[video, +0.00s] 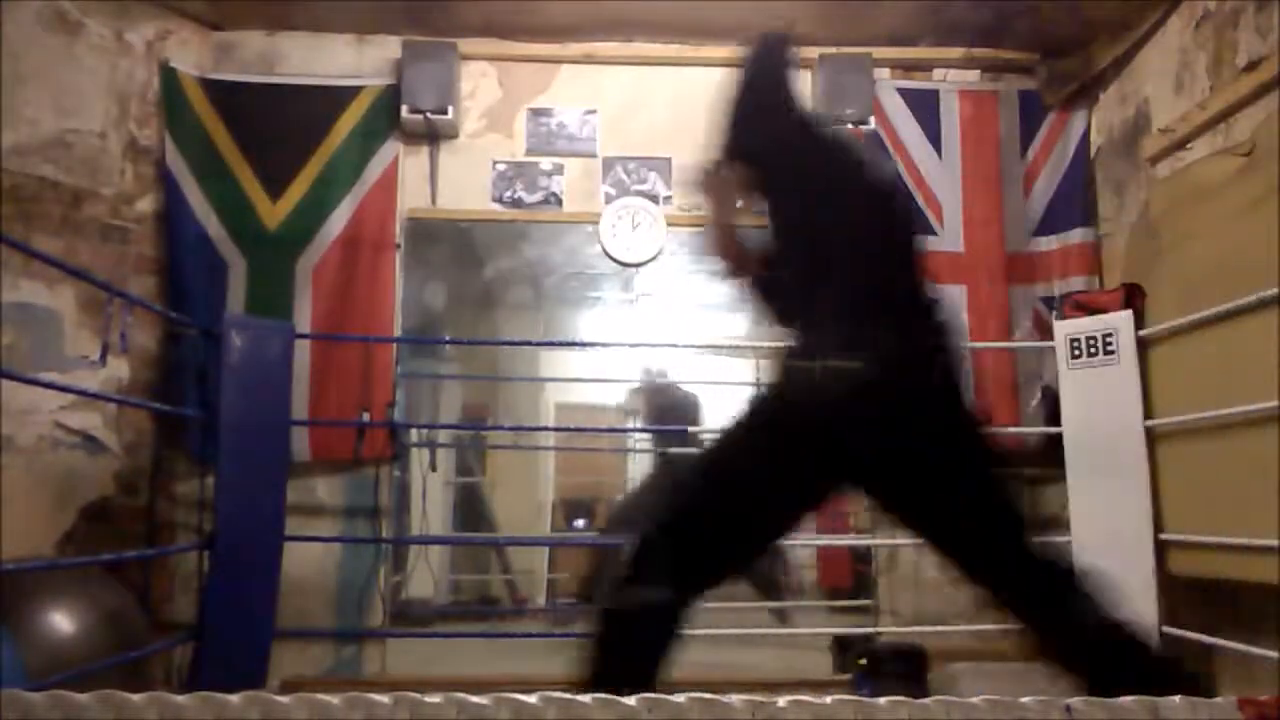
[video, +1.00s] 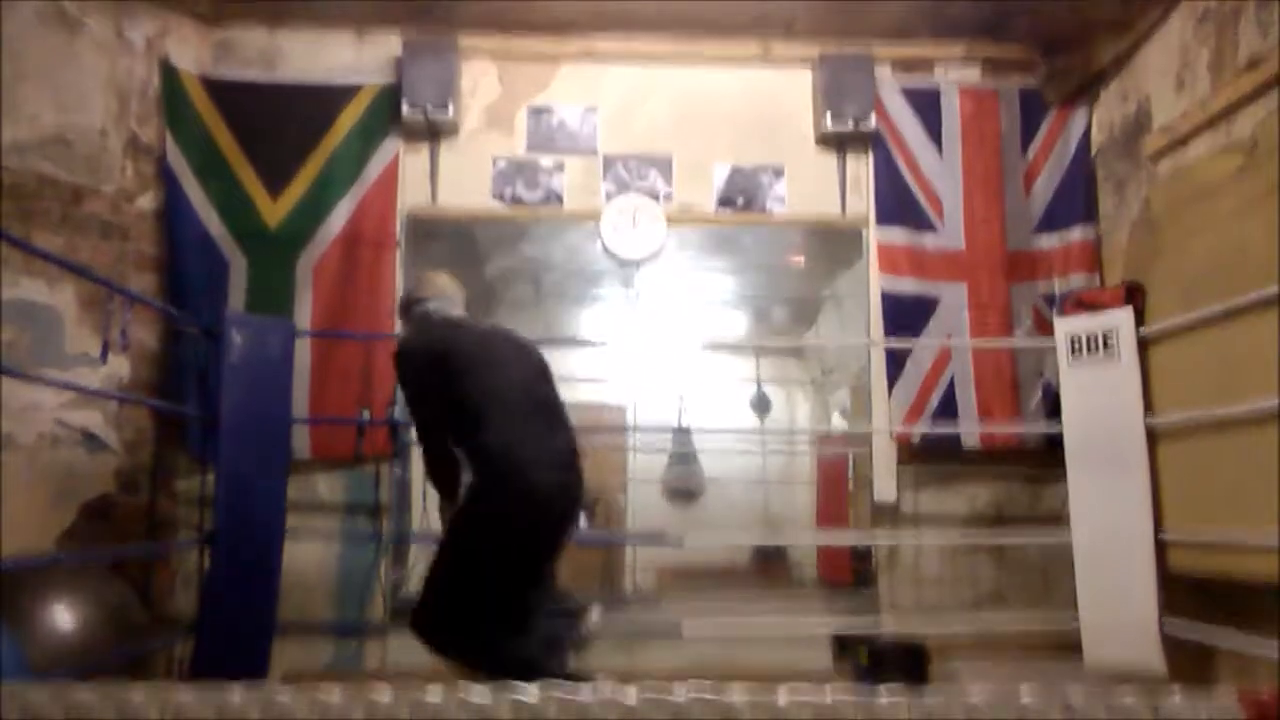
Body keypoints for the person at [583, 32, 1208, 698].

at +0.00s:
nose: (748, 156)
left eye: (753, 143)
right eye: (750, 144)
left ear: (767, 129)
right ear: (810, 118)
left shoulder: (805, 161)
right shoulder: (865, 190)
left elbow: (759, 122)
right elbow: (813, 301)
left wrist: (772, 40)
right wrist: (741, 258)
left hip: (824, 402)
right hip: (912, 400)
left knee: (672, 551)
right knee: (1012, 567)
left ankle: (608, 705)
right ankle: (1157, 691)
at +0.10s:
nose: (635, 167)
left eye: (641, 150)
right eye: (637, 154)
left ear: (654, 142)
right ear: (698, 137)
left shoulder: (673, 161)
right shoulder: (766, 204)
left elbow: (646, 156)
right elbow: (719, 327)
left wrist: (602, 233)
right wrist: (641, 275)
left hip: (726, 419)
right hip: (808, 424)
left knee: (607, 573)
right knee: (856, 604)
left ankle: (521, 706)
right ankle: (965, 709)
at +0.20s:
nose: (544, 215)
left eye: (545, 203)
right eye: (543, 204)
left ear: (556, 195)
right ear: (596, 187)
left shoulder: (577, 226)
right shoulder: (661, 237)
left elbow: (535, 317)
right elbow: (690, 369)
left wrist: (467, 407)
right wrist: (606, 406)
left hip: (648, 449)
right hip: (736, 450)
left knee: (525, 615)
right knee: (695, 647)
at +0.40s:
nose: (436, 251)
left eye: (434, 239)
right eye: (434, 240)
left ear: (440, 229)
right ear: (498, 213)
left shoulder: (465, 261)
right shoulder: (572, 257)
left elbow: (449, 401)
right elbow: (645, 377)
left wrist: (415, 351)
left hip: (551, 430)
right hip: (631, 429)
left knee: (470, 584)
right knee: (539, 593)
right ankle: (527, 710)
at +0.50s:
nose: (444, 188)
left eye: (443, 179)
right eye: (443, 179)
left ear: (448, 173)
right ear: (503, 163)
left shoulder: (456, 208)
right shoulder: (571, 214)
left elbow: (414, 331)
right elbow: (659, 303)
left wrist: (395, 312)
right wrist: (620, 379)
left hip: (523, 397)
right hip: (598, 398)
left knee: (488, 556)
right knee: (541, 551)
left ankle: (483, 698)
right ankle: (528, 692)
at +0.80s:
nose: (451, 249)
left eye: (450, 240)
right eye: (455, 239)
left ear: (453, 240)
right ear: (497, 234)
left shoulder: (450, 280)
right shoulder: (546, 283)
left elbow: (405, 375)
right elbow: (630, 343)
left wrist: (414, 405)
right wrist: (595, 396)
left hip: (500, 454)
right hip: (560, 454)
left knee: (428, 612)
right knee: (523, 586)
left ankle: (580, 683)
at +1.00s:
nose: (406, 329)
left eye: (406, 320)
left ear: (409, 315)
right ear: (459, 309)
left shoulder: (417, 347)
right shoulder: (509, 342)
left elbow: (437, 445)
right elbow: (551, 424)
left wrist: (451, 505)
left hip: (505, 490)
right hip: (562, 487)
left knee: (436, 618)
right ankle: (565, 620)